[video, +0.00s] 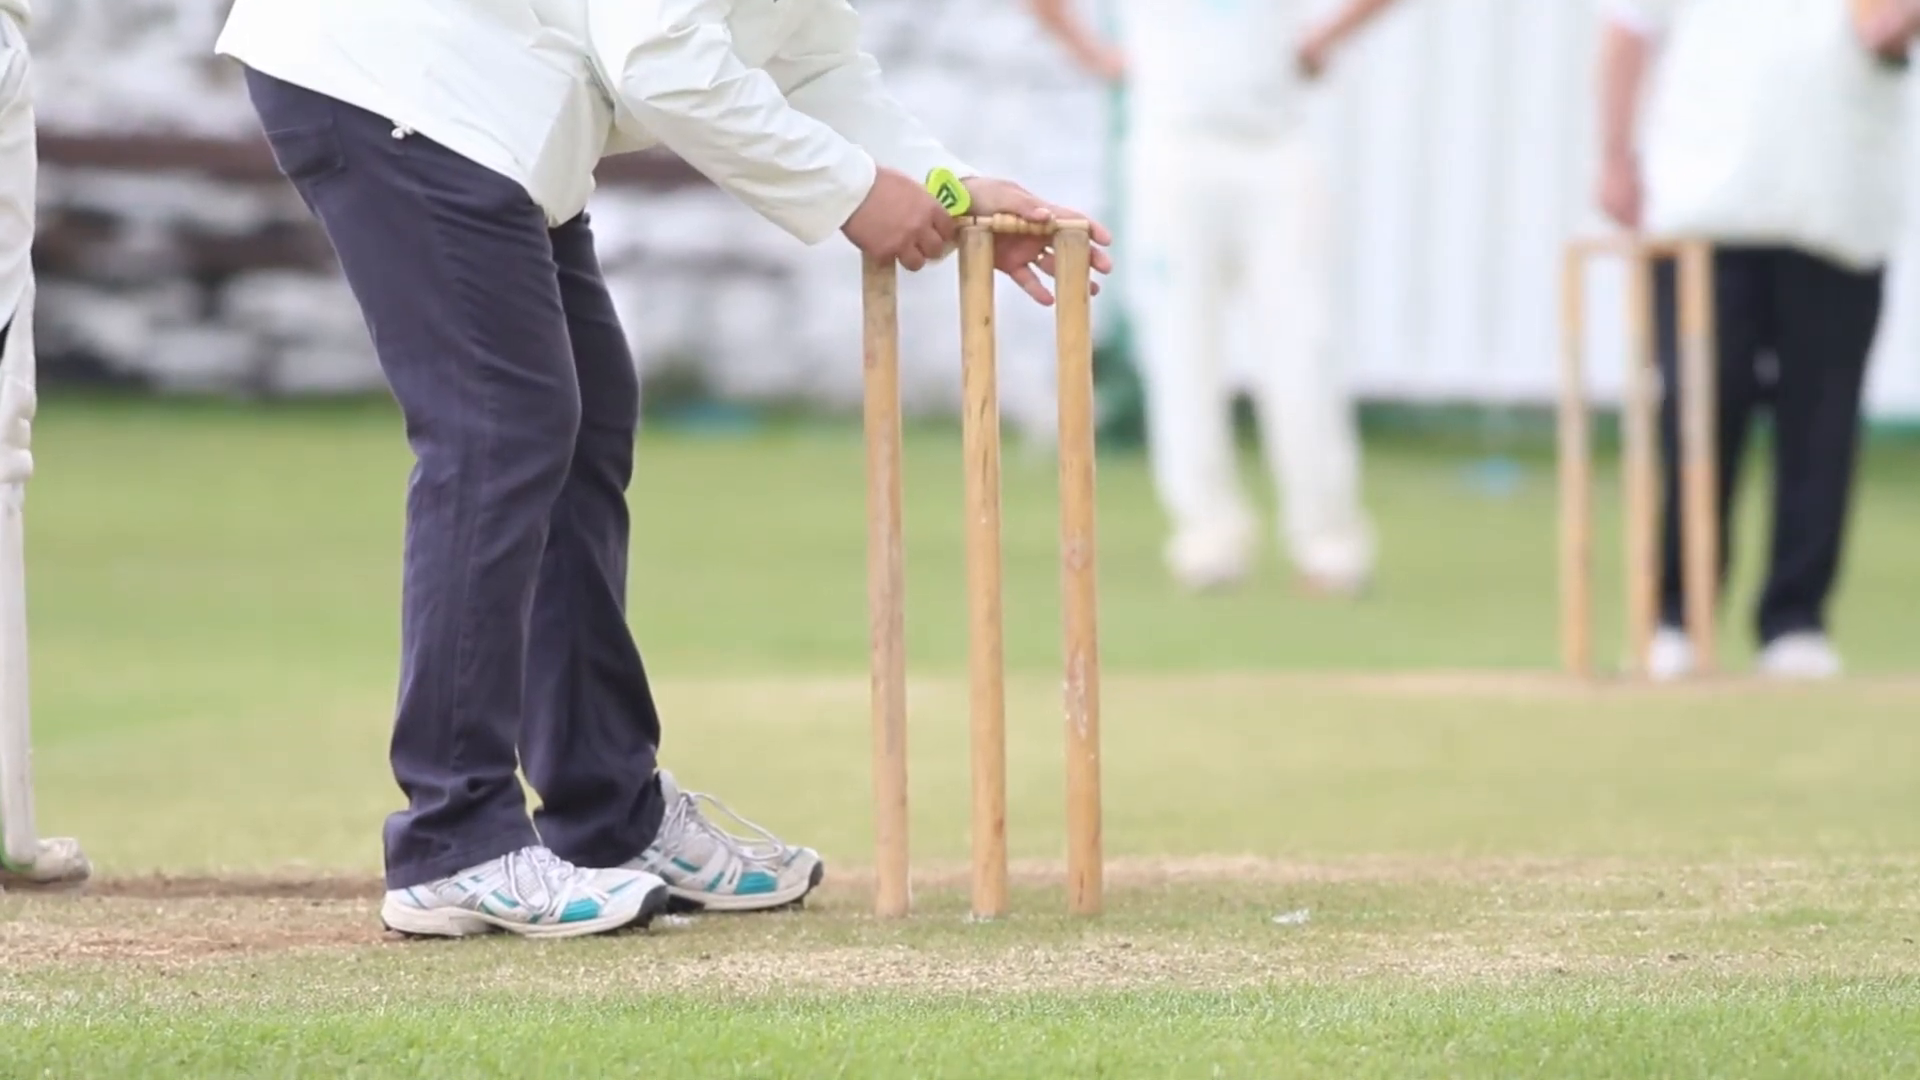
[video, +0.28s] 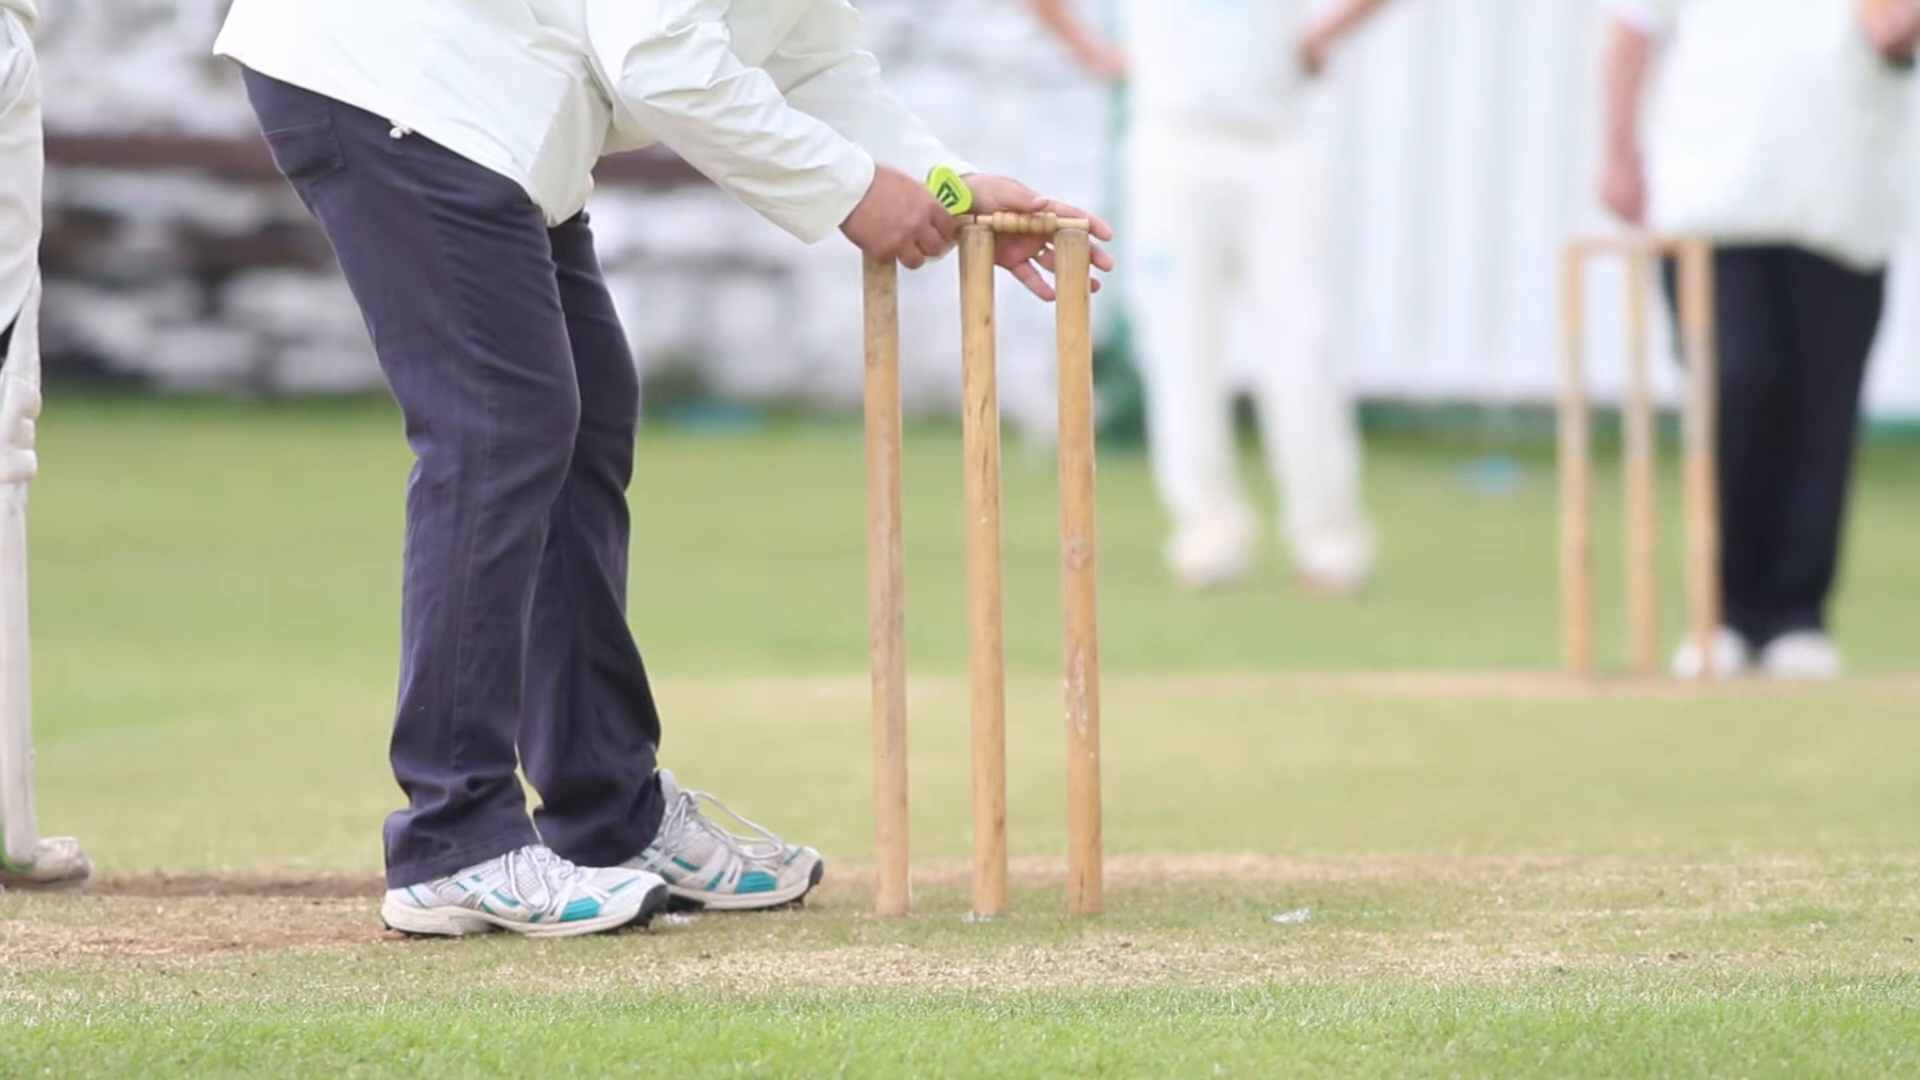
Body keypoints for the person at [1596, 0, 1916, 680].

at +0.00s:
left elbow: (1885, 28)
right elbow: (1629, 25)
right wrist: (1618, 159)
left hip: (1843, 196)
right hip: (1704, 190)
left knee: (1820, 431)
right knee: (1696, 423)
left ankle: (1796, 625)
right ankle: (1676, 623)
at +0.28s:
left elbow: (1892, 29)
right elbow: (1634, 23)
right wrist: (1621, 155)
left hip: (1849, 194)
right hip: (1714, 186)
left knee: (1822, 421)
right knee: (1736, 408)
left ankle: (1797, 624)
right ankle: (1728, 624)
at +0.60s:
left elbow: (1886, 28)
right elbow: (1633, 24)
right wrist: (1625, 158)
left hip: (1845, 197)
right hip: (1710, 191)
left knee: (1820, 431)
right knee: (1714, 420)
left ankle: (1796, 624)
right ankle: (1690, 622)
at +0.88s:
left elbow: (1871, 23)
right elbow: (1618, 24)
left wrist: (1888, 17)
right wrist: (1605, 160)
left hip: (1831, 199)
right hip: (1692, 194)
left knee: (1810, 433)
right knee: (1672, 425)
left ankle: (1795, 623)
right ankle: (1632, 618)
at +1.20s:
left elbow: (1893, 6)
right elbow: (1571, 21)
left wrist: (1845, 10)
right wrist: (1559, 156)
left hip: (1791, 186)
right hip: (1644, 180)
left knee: (1785, 419)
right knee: (1637, 417)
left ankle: (1792, 621)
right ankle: (1626, 619)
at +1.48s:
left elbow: (1854, 7)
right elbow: (1530, 22)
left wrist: (1804, 8)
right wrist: (1513, 160)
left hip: (1751, 193)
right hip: (1610, 192)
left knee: (1759, 421)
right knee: (1619, 427)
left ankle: (1786, 620)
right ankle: (1617, 624)